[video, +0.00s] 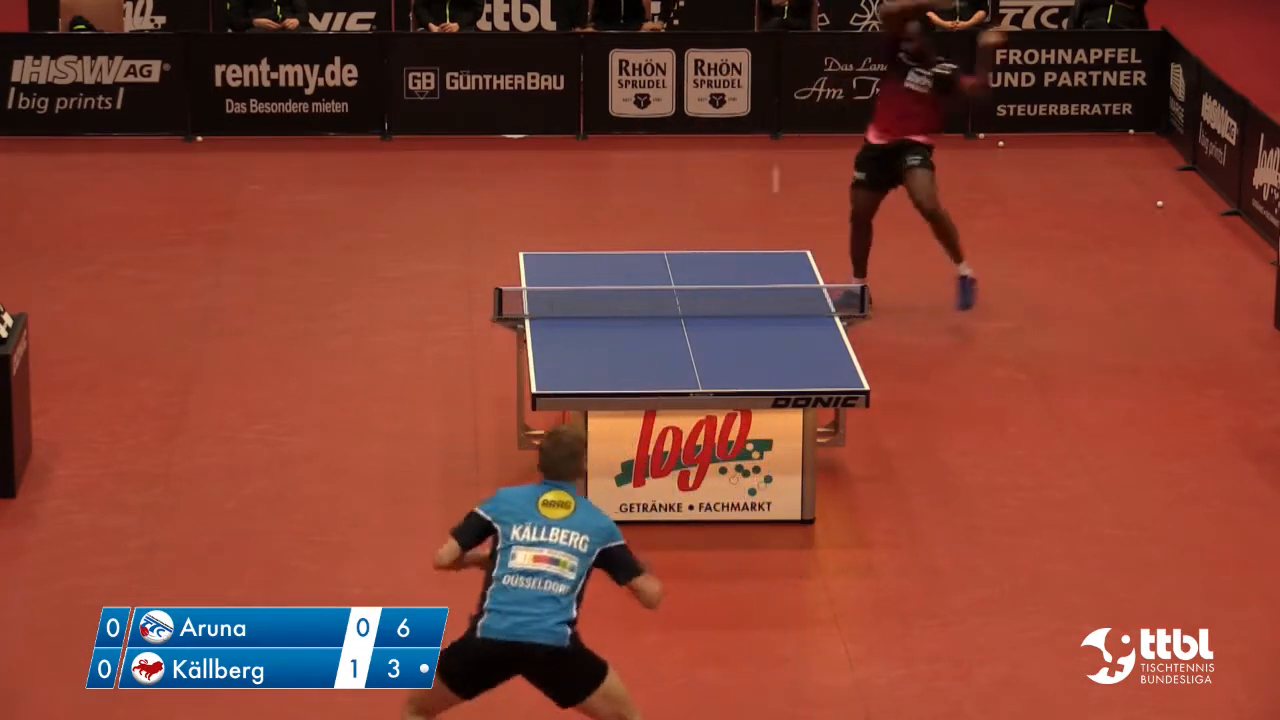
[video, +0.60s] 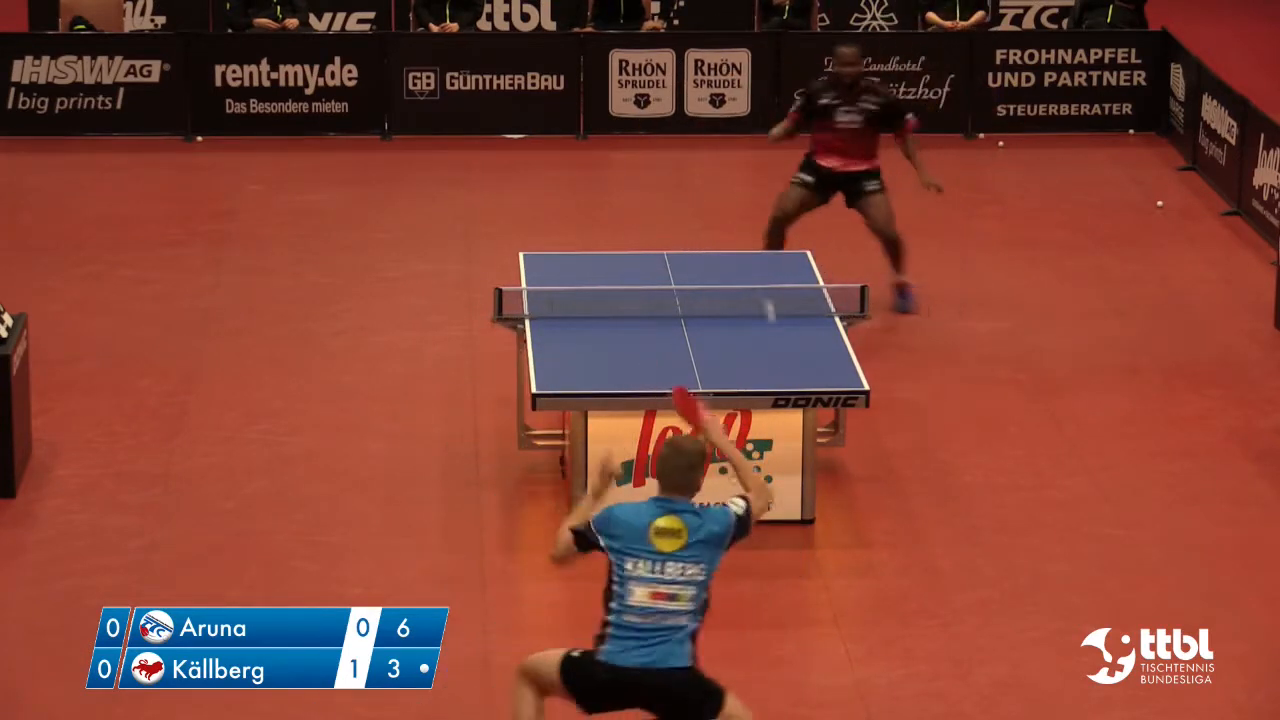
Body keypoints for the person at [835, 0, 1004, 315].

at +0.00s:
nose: (907, 45)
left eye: (913, 39)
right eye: (904, 39)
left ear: (927, 40)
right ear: (899, 40)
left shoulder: (942, 73)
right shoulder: (894, 59)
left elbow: (979, 88)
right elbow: (886, 12)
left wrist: (984, 49)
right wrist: (928, 5)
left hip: (913, 148)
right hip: (877, 147)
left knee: (928, 206)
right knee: (859, 216)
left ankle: (964, 272)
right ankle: (858, 286)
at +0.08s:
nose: (928, 55)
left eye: (934, 50)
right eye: (925, 49)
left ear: (947, 51)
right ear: (918, 46)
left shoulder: (959, 83)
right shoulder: (910, 57)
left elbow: (1004, 98)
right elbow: (910, 7)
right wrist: (955, 7)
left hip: (916, 156)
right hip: (875, 148)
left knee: (950, 221)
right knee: (849, 220)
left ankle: (994, 276)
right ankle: (830, 279)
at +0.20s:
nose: (953, 79)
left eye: (958, 74)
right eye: (948, 73)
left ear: (966, 76)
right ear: (939, 73)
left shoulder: (973, 114)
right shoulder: (923, 87)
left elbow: (1001, 156)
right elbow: (911, 36)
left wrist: (1042, 174)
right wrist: (954, 33)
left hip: (933, 186)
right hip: (892, 175)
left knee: (967, 244)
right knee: (845, 234)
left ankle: (992, 297)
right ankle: (797, 260)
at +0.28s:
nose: (956, 96)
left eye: (961, 90)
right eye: (951, 89)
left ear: (968, 92)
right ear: (940, 90)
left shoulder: (965, 129)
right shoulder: (921, 108)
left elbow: (963, 180)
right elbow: (909, 84)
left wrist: (986, 217)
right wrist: (952, 58)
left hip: (936, 199)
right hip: (896, 194)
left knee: (979, 244)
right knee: (857, 252)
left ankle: (994, 298)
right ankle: (793, 271)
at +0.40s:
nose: (931, 91)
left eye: (937, 85)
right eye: (926, 84)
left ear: (944, 89)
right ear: (915, 85)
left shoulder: (939, 122)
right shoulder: (895, 108)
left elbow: (926, 172)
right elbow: (857, 127)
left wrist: (921, 219)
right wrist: (894, 118)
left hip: (924, 199)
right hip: (883, 198)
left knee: (972, 243)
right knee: (853, 257)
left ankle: (993, 298)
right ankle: (804, 292)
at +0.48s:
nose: (899, 74)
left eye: (905, 69)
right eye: (894, 68)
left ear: (912, 71)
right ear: (884, 68)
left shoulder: (917, 109)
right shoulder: (864, 93)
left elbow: (914, 153)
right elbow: (829, 119)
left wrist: (921, 189)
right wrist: (839, 118)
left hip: (901, 185)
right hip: (859, 182)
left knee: (937, 236)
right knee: (826, 242)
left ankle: (982, 296)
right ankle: (784, 294)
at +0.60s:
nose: (847, 70)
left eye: (853, 65)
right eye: (842, 65)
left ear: (862, 65)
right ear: (833, 66)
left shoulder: (878, 96)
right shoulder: (819, 91)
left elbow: (903, 133)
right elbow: (794, 120)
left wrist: (923, 174)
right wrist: (782, 130)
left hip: (863, 174)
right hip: (820, 170)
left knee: (886, 230)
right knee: (780, 216)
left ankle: (901, 284)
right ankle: (769, 277)